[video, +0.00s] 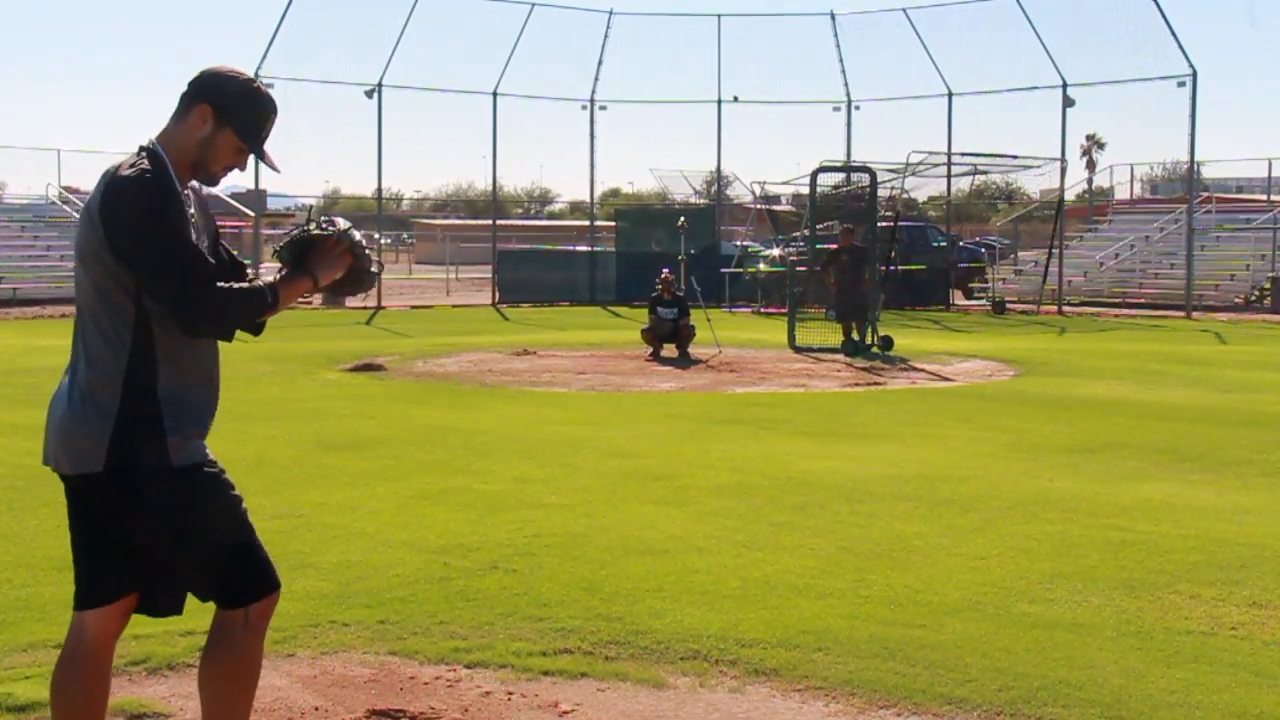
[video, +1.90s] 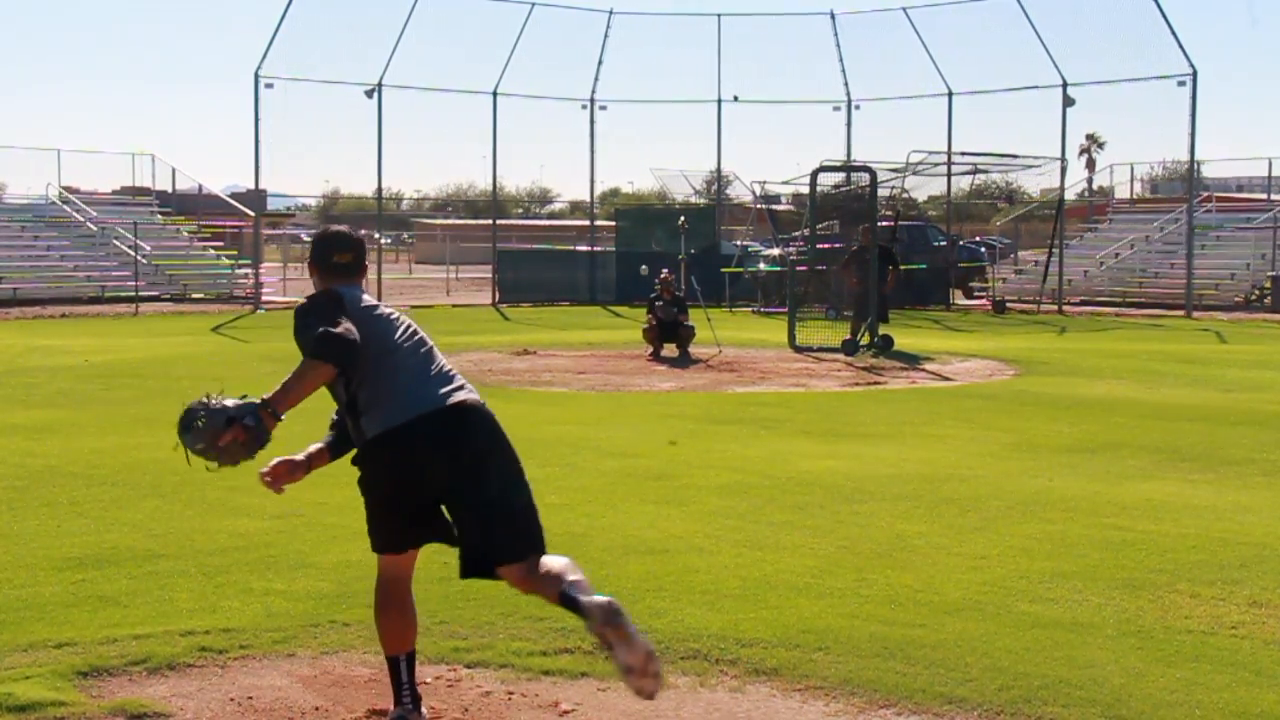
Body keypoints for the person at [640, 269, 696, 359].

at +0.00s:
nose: (666, 287)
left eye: (669, 284)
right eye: (664, 284)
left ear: (673, 285)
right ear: (660, 285)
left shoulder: (680, 299)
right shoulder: (654, 299)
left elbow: (685, 319)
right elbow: (652, 318)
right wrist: (663, 325)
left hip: (676, 328)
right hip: (660, 328)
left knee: (689, 329)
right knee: (646, 332)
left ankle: (682, 349)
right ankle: (656, 348)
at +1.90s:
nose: (667, 286)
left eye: (669, 283)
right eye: (664, 284)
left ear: (673, 284)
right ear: (660, 285)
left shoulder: (679, 299)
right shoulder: (654, 299)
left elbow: (685, 317)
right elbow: (649, 314)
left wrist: (675, 317)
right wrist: (652, 320)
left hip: (675, 325)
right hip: (660, 325)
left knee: (688, 330)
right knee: (648, 331)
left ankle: (683, 349)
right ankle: (656, 348)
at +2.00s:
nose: (664, 288)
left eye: (666, 285)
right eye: (661, 285)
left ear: (670, 286)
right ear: (658, 286)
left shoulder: (676, 299)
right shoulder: (653, 300)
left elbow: (682, 313)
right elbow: (649, 316)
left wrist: (672, 312)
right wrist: (648, 322)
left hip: (675, 324)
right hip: (660, 324)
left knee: (689, 330)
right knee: (649, 330)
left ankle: (683, 349)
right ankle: (656, 348)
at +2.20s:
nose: (658, 294)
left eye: (660, 291)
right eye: (655, 292)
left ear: (665, 291)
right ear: (651, 293)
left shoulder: (673, 302)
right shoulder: (651, 305)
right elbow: (651, 319)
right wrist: (653, 323)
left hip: (674, 330)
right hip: (660, 330)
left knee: (689, 329)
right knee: (651, 331)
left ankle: (684, 350)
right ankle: (656, 349)